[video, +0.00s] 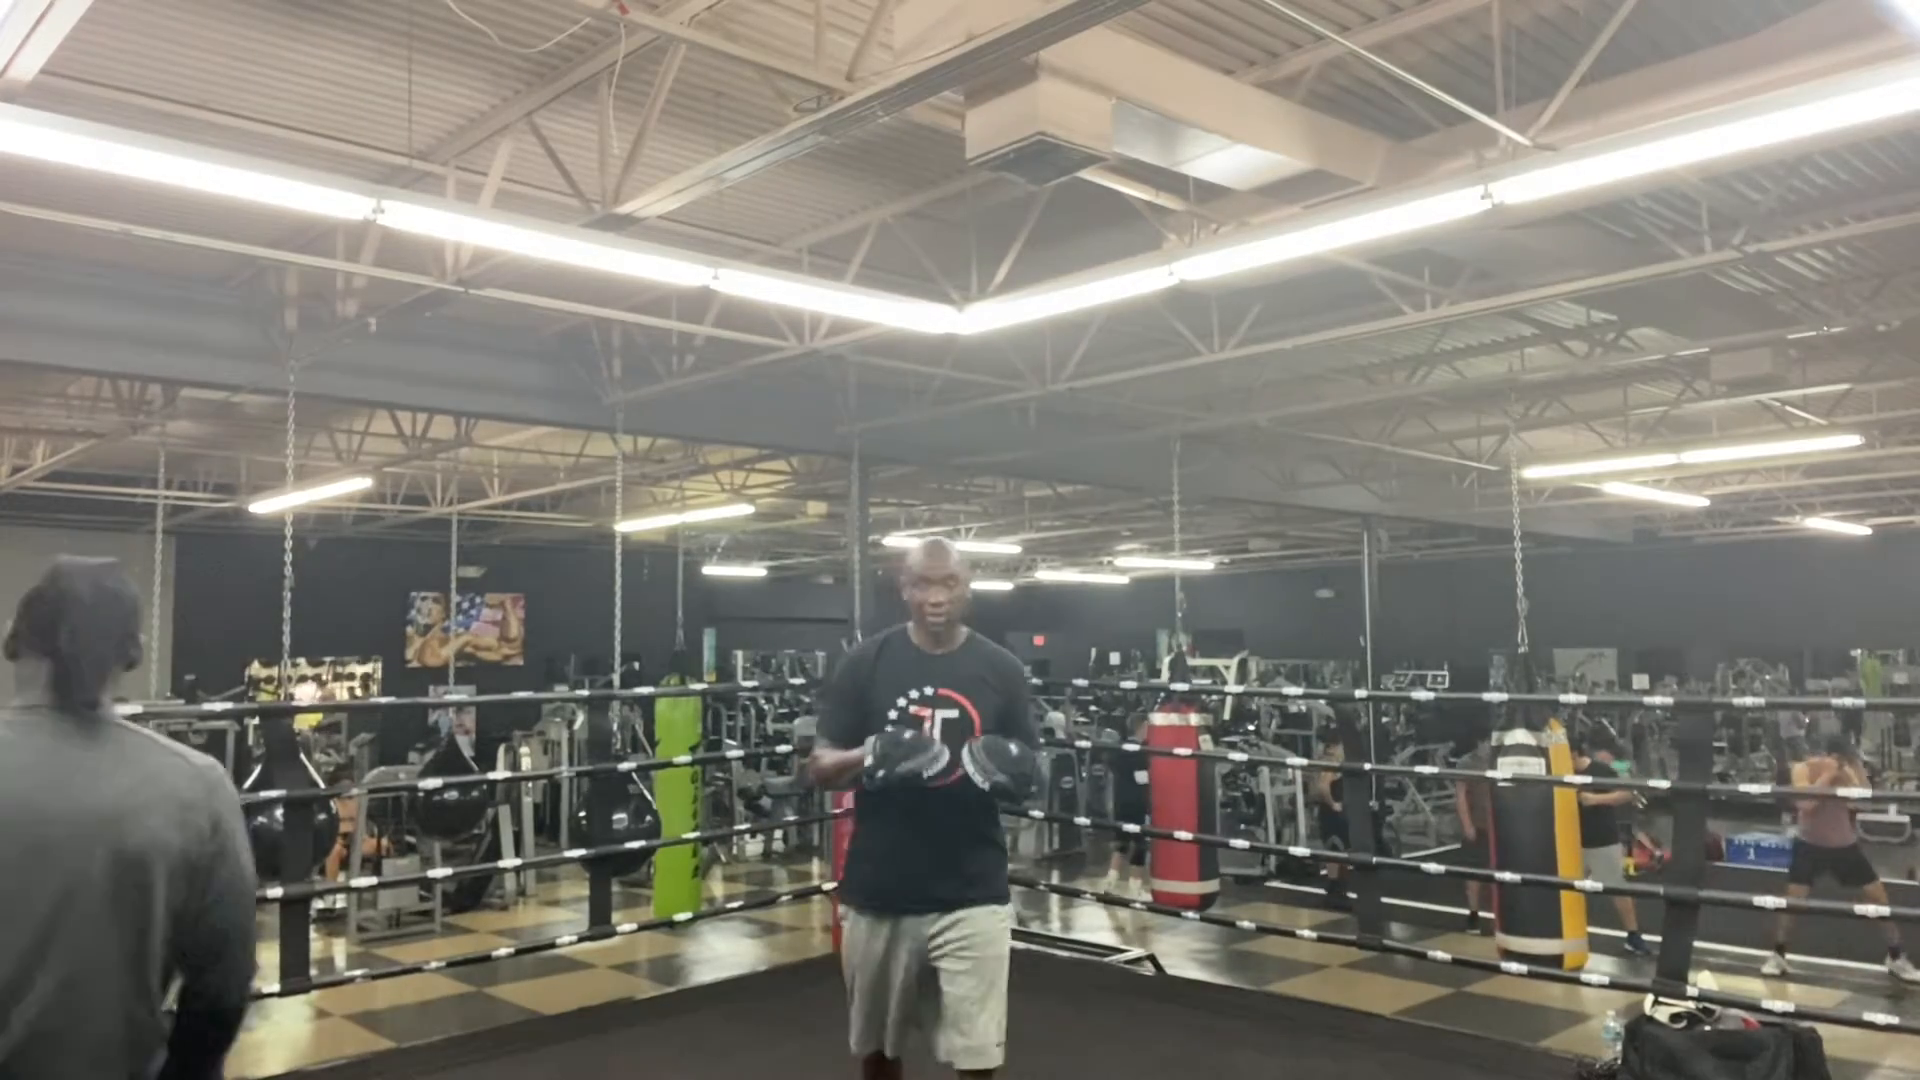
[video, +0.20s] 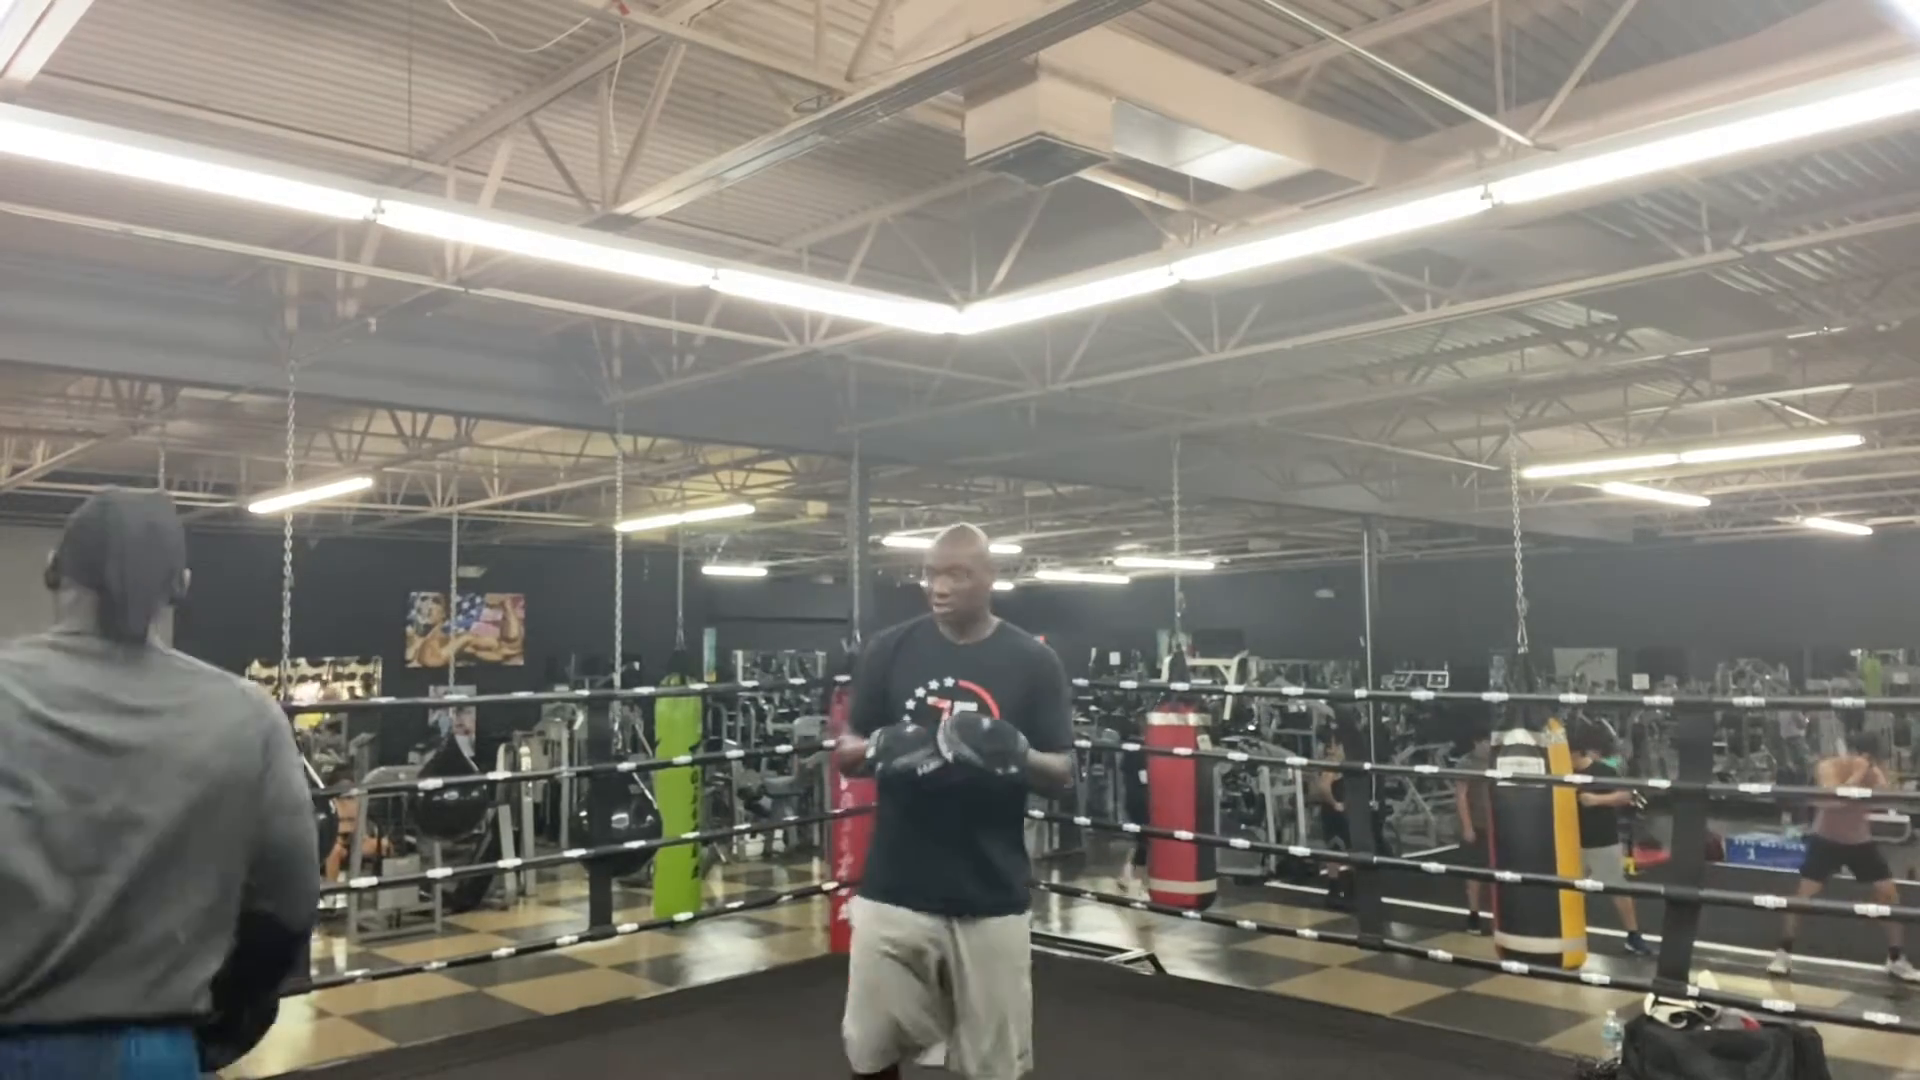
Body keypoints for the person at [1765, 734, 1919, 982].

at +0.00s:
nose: (1836, 762)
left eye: (1841, 759)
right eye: (1833, 757)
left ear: (1846, 758)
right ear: (1823, 753)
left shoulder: (1851, 770)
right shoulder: (1802, 769)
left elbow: (1864, 796)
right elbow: (1804, 805)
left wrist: (1844, 772)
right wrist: (1826, 777)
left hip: (1846, 848)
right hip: (1809, 847)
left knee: (1879, 898)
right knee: (1793, 900)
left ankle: (1896, 957)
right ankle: (1777, 956)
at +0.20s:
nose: (1863, 762)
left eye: (1868, 759)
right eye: (1860, 757)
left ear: (1872, 758)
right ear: (1851, 753)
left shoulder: (1874, 773)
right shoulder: (1829, 767)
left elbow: (1886, 800)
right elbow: (1831, 796)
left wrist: (1871, 775)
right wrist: (1856, 774)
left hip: (1860, 843)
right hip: (1826, 841)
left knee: (1888, 894)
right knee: (1803, 896)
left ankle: (1895, 958)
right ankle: (1783, 953)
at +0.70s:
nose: (1858, 762)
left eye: (1862, 757)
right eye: (1854, 756)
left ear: (1866, 757)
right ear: (1841, 752)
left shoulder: (1868, 769)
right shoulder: (1821, 767)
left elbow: (1883, 802)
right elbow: (1826, 798)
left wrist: (1870, 776)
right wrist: (1849, 773)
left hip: (1855, 843)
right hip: (1820, 843)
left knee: (1884, 895)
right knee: (1810, 898)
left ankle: (1895, 957)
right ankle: (1803, 948)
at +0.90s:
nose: (1852, 759)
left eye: (1856, 756)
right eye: (1849, 754)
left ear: (1858, 756)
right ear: (1835, 752)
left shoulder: (1860, 769)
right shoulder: (1814, 768)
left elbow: (1884, 795)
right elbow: (1822, 801)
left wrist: (1864, 771)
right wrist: (1842, 773)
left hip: (1854, 844)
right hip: (1819, 844)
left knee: (1883, 898)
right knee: (1810, 899)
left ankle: (1894, 957)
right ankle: (1803, 948)